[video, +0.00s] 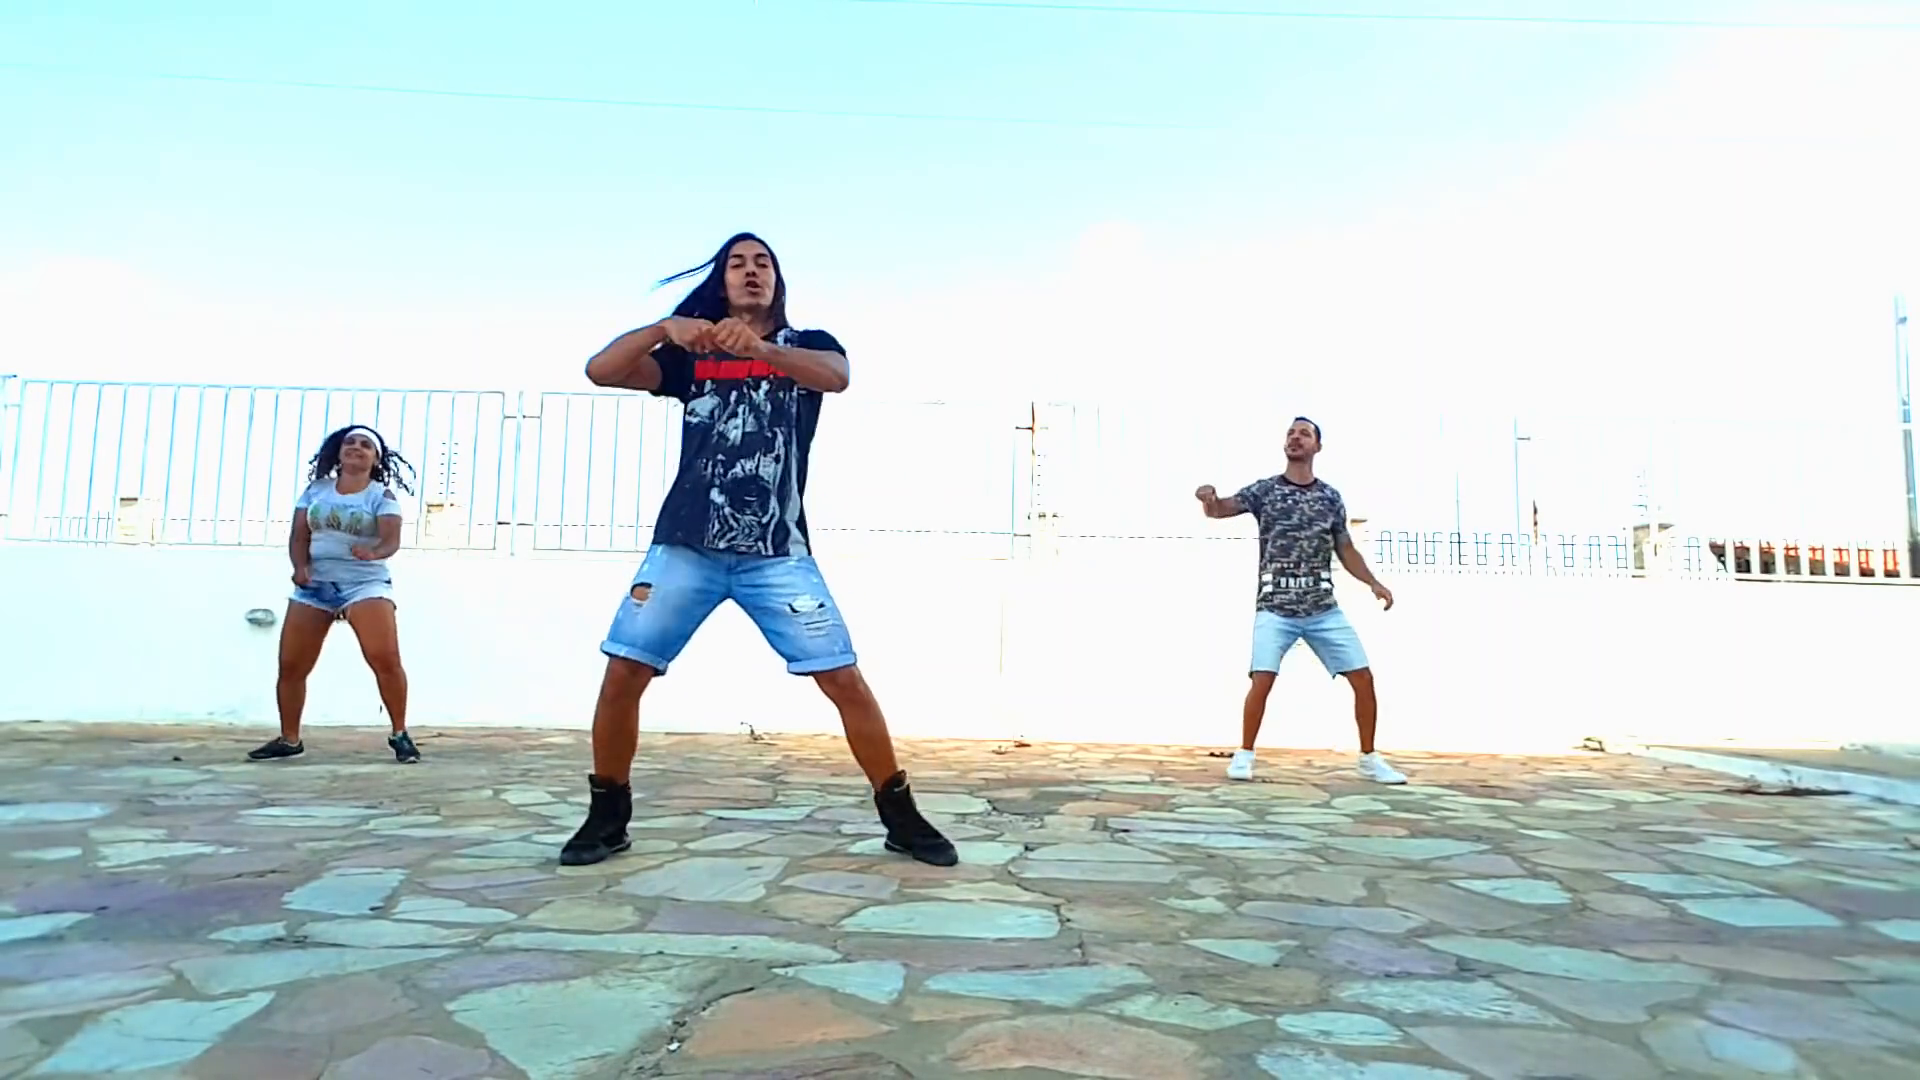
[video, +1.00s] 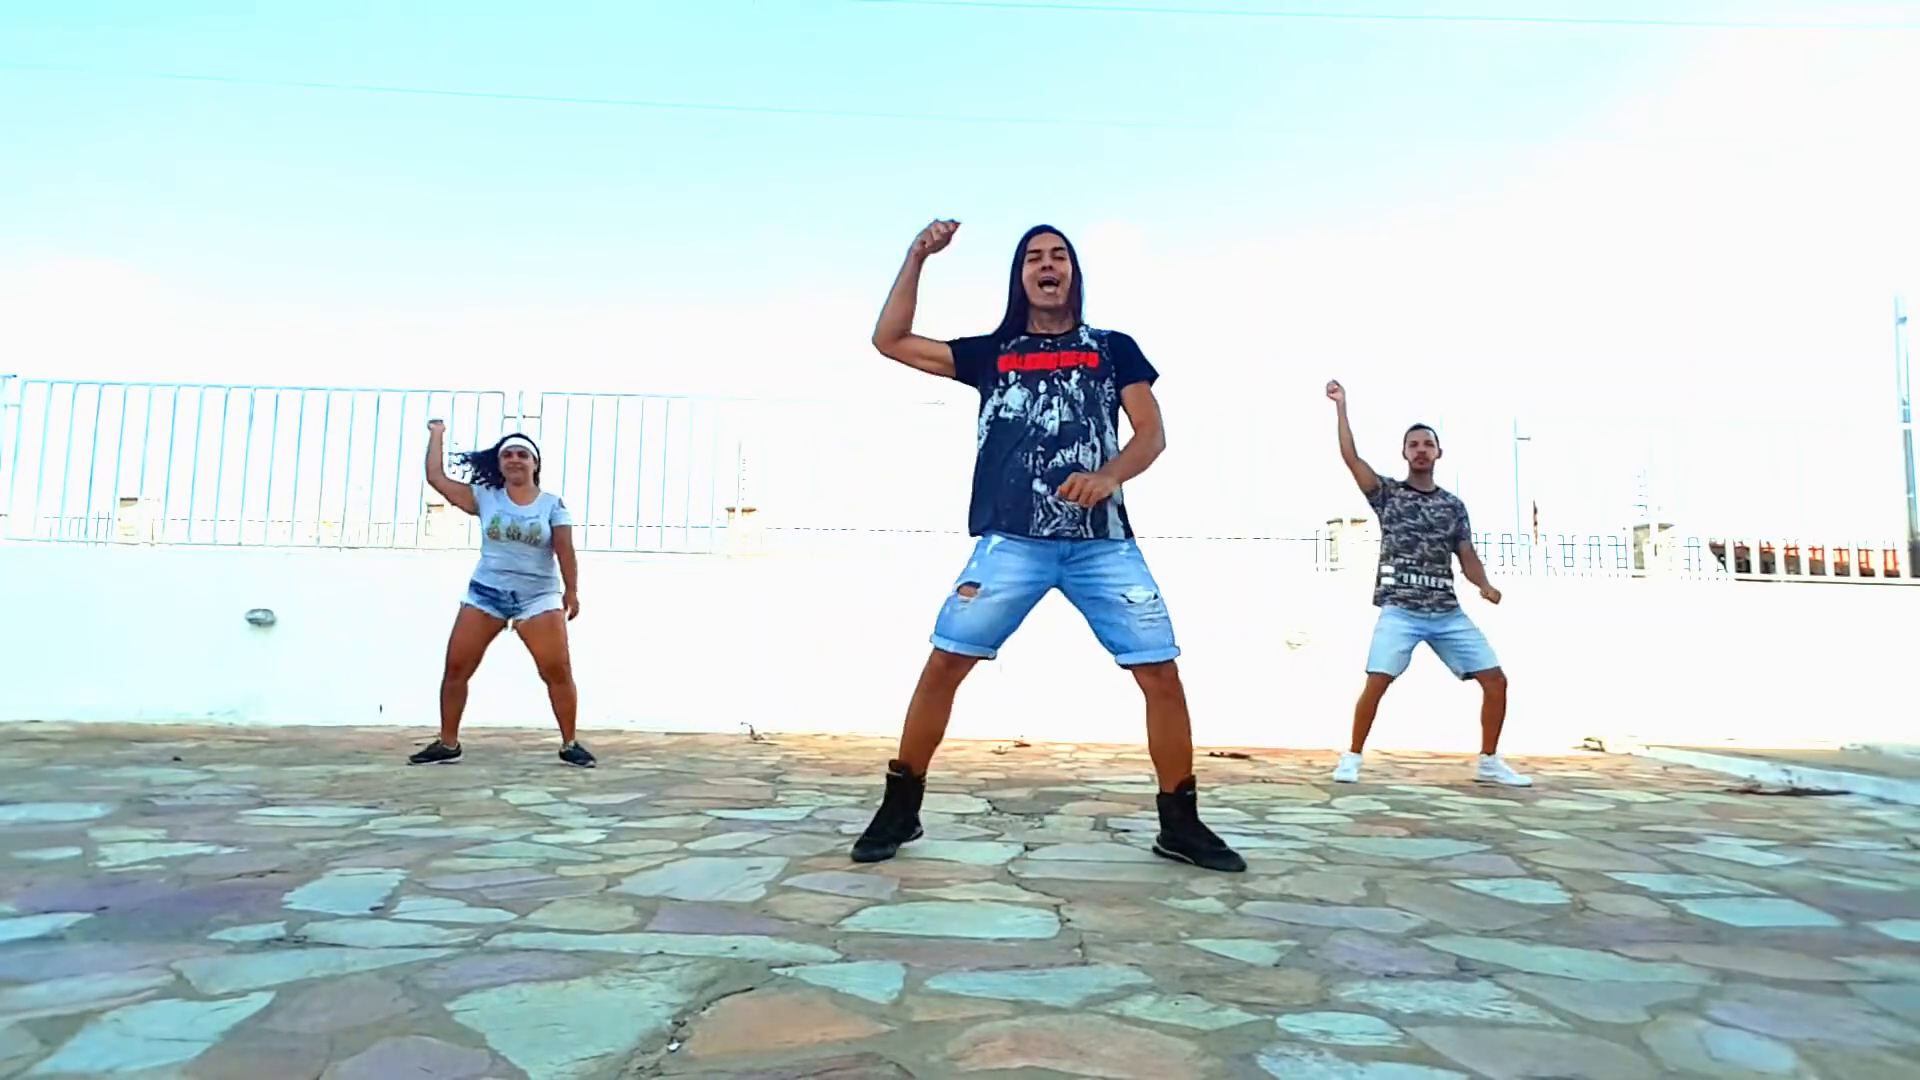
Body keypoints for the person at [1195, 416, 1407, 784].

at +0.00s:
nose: (1296, 437)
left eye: (1305, 433)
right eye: (1291, 432)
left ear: (1317, 447)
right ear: (1284, 444)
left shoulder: (1330, 498)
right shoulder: (1265, 490)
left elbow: (1346, 549)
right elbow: (1219, 510)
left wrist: (1373, 583)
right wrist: (1209, 499)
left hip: (1322, 609)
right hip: (1275, 608)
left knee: (1362, 676)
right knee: (1263, 677)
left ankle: (1369, 757)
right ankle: (1245, 754)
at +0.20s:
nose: (1316, 414)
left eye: (1323, 409)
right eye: (1310, 409)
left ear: (1336, 419)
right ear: (1302, 418)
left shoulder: (1348, 470)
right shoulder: (1282, 456)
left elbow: (1358, 525)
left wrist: (1370, 572)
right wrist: (1195, 401)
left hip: (1347, 576)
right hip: (1301, 575)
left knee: (1371, 655)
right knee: (1280, 656)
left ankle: (1380, 745)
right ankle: (1255, 742)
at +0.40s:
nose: (1338, 426)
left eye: (1345, 421)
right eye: (1332, 420)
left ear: (1357, 430)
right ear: (1322, 427)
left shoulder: (1366, 482)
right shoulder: (1301, 462)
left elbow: (1377, 537)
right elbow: (1261, 427)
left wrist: (1390, 580)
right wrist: (1282, 386)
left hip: (1357, 587)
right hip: (1313, 584)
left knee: (1397, 660)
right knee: (1304, 663)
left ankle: (1408, 748)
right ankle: (1287, 747)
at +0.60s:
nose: (1366, 431)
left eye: (1372, 426)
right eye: (1359, 425)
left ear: (1382, 435)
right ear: (1348, 433)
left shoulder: (1393, 488)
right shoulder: (1329, 468)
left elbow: (1403, 540)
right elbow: (1294, 428)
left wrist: (1418, 585)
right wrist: (1283, 375)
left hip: (1386, 593)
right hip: (1341, 590)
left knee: (1420, 669)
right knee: (1320, 667)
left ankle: (1412, 753)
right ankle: (1297, 747)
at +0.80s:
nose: (1389, 422)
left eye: (1396, 416)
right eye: (1383, 415)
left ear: (1406, 423)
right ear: (1372, 420)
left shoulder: (1418, 471)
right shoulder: (1352, 457)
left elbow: (1433, 524)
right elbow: (1316, 418)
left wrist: (1449, 565)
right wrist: (1339, 372)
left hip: (1412, 577)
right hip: (1366, 576)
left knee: (1449, 652)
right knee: (1353, 655)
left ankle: (1463, 740)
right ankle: (1341, 743)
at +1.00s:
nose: (1420, 450)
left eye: (1427, 444)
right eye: (1413, 445)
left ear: (1438, 453)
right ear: (1404, 453)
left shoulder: (1452, 506)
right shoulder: (1386, 492)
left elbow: (1466, 555)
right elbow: (1350, 456)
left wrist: (1484, 584)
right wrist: (1340, 407)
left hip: (1446, 612)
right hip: (1398, 610)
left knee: (1495, 681)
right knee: (1378, 679)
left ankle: (1488, 761)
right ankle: (1352, 756)